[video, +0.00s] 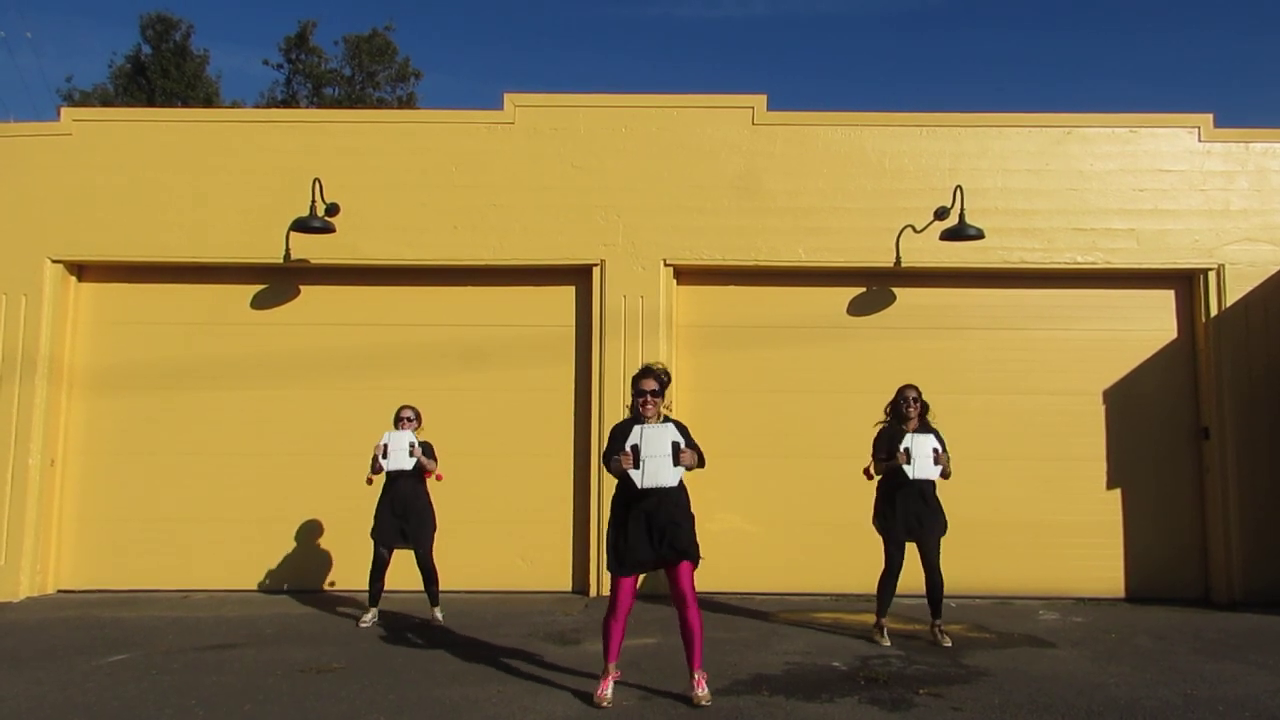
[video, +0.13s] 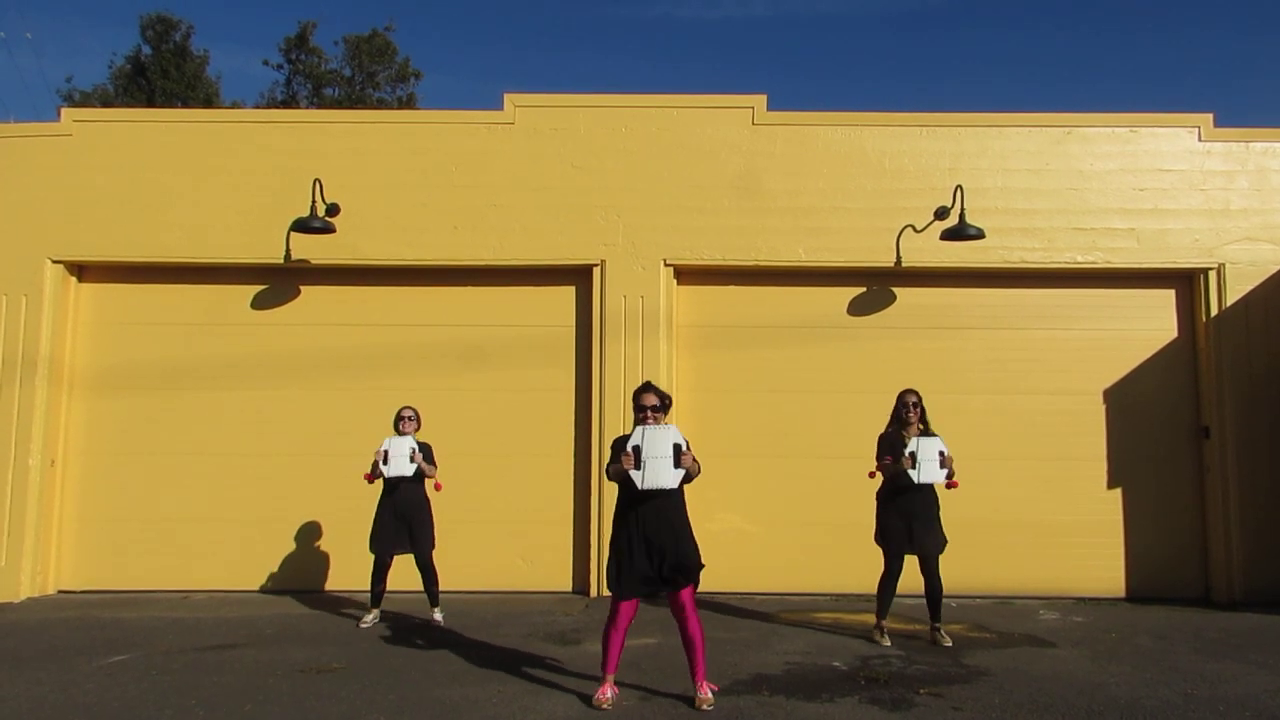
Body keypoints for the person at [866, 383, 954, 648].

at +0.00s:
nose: (910, 404)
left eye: (915, 400)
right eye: (904, 401)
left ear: (921, 404)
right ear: (896, 405)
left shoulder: (932, 434)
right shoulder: (886, 434)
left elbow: (945, 475)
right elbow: (876, 469)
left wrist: (943, 463)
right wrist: (894, 462)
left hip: (925, 505)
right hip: (893, 507)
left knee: (933, 566)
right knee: (893, 565)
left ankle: (936, 625)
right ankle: (880, 624)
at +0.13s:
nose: (910, 410)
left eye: (915, 405)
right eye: (905, 406)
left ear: (921, 408)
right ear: (898, 409)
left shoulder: (931, 438)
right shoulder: (889, 438)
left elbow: (946, 476)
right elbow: (884, 470)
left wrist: (947, 466)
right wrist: (900, 465)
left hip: (925, 511)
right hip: (894, 512)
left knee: (931, 571)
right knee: (892, 569)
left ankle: (936, 627)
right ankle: (880, 626)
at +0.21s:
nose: (910, 397)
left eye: (914, 393)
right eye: (904, 394)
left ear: (922, 399)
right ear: (897, 400)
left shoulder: (935, 429)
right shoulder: (887, 429)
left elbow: (950, 464)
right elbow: (877, 466)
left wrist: (947, 465)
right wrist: (896, 467)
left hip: (925, 505)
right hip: (892, 505)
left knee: (929, 563)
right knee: (890, 561)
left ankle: (936, 623)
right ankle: (880, 620)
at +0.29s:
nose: (910, 395)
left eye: (914, 391)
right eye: (905, 392)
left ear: (923, 395)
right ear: (898, 398)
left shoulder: (937, 429)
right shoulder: (886, 428)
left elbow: (945, 463)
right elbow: (870, 462)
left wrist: (942, 470)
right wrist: (887, 470)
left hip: (926, 504)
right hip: (893, 504)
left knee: (925, 561)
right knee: (892, 560)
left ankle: (928, 620)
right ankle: (883, 617)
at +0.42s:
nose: (912, 404)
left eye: (917, 400)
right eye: (907, 401)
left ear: (924, 404)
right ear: (900, 407)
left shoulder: (936, 438)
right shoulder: (888, 435)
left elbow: (943, 465)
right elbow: (872, 463)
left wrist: (938, 477)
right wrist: (886, 475)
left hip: (927, 512)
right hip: (895, 512)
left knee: (923, 568)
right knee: (894, 567)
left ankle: (922, 623)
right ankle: (887, 623)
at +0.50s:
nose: (913, 399)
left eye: (917, 394)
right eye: (907, 395)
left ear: (925, 399)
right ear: (900, 400)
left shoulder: (937, 430)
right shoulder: (888, 430)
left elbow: (947, 461)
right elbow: (873, 464)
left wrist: (943, 471)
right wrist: (890, 469)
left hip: (929, 507)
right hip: (896, 506)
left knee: (931, 564)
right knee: (894, 563)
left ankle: (925, 618)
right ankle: (886, 620)